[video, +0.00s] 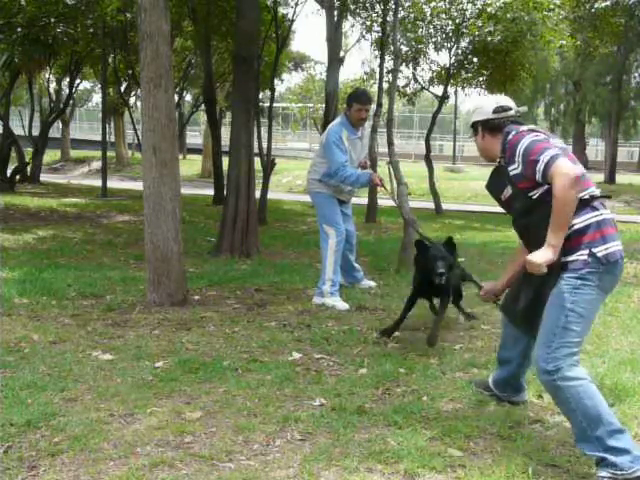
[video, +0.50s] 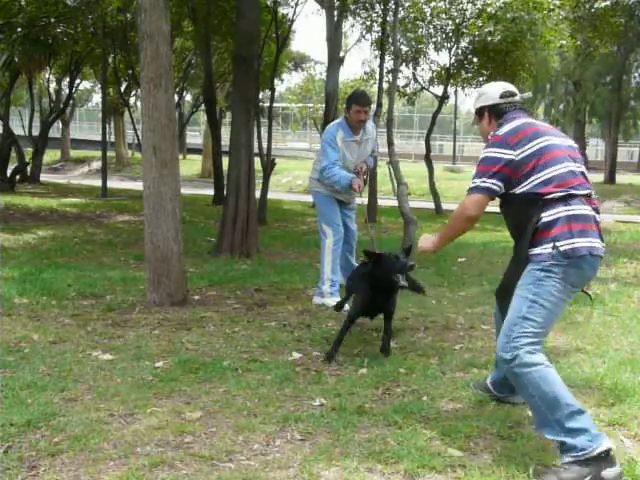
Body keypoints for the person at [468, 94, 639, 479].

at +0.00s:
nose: (475, 144)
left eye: (475, 136)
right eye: (474, 137)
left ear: (485, 132)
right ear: (496, 131)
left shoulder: (523, 140)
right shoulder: (511, 170)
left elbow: (568, 175)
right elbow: (533, 238)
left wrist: (551, 245)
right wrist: (503, 283)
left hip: (590, 255)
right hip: (562, 257)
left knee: (555, 362)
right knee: (518, 307)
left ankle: (621, 461)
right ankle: (507, 385)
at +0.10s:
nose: (480, 136)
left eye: (479, 126)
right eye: (479, 127)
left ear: (490, 121)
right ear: (502, 119)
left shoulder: (525, 132)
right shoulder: (519, 152)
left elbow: (558, 177)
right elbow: (543, 228)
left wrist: (533, 246)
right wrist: (505, 265)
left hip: (593, 249)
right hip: (566, 251)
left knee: (558, 360)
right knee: (527, 317)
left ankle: (622, 461)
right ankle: (511, 385)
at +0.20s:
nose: (482, 130)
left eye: (481, 120)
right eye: (480, 121)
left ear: (494, 114)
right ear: (513, 109)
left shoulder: (524, 132)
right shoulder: (539, 129)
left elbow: (535, 185)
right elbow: (566, 197)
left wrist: (499, 245)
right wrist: (535, 252)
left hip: (589, 248)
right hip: (565, 246)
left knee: (556, 360)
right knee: (522, 312)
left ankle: (622, 461)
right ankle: (510, 384)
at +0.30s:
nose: (481, 127)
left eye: (481, 118)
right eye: (480, 119)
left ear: (493, 114)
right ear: (512, 110)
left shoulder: (517, 135)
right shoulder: (538, 128)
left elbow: (503, 199)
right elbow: (560, 194)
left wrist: (461, 245)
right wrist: (536, 251)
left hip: (578, 251)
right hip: (561, 248)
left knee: (550, 359)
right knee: (515, 307)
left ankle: (620, 461)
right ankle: (505, 383)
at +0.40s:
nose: (478, 128)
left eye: (477, 120)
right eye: (477, 120)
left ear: (490, 115)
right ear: (514, 109)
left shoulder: (509, 136)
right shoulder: (544, 131)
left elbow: (485, 207)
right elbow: (570, 193)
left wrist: (445, 243)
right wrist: (534, 246)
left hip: (565, 248)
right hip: (578, 243)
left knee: (530, 353)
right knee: (510, 305)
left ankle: (611, 452)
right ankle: (506, 384)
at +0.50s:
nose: (480, 131)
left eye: (479, 122)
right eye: (479, 124)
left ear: (490, 116)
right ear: (515, 110)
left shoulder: (504, 138)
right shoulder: (551, 133)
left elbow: (471, 211)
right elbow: (585, 196)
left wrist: (438, 240)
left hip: (560, 246)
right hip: (583, 243)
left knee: (516, 350)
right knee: (509, 302)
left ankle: (588, 450)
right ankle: (506, 384)